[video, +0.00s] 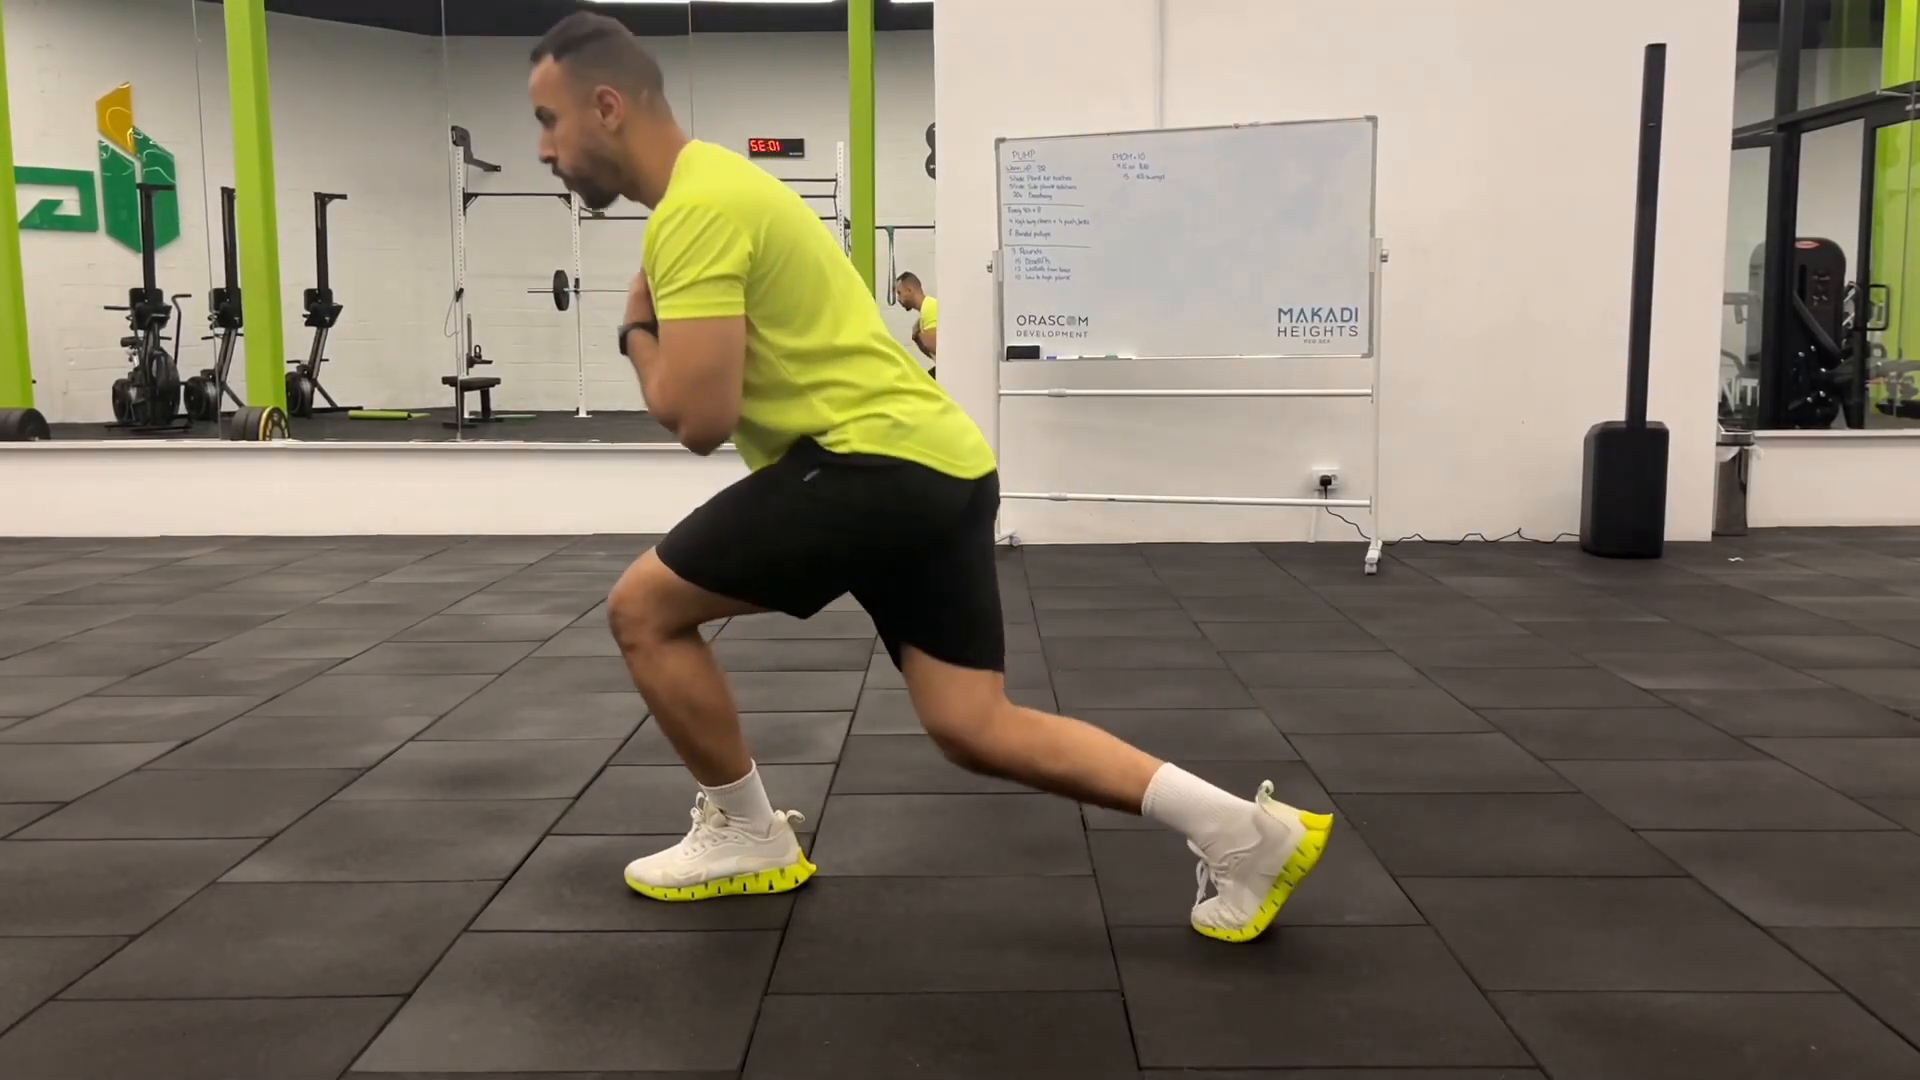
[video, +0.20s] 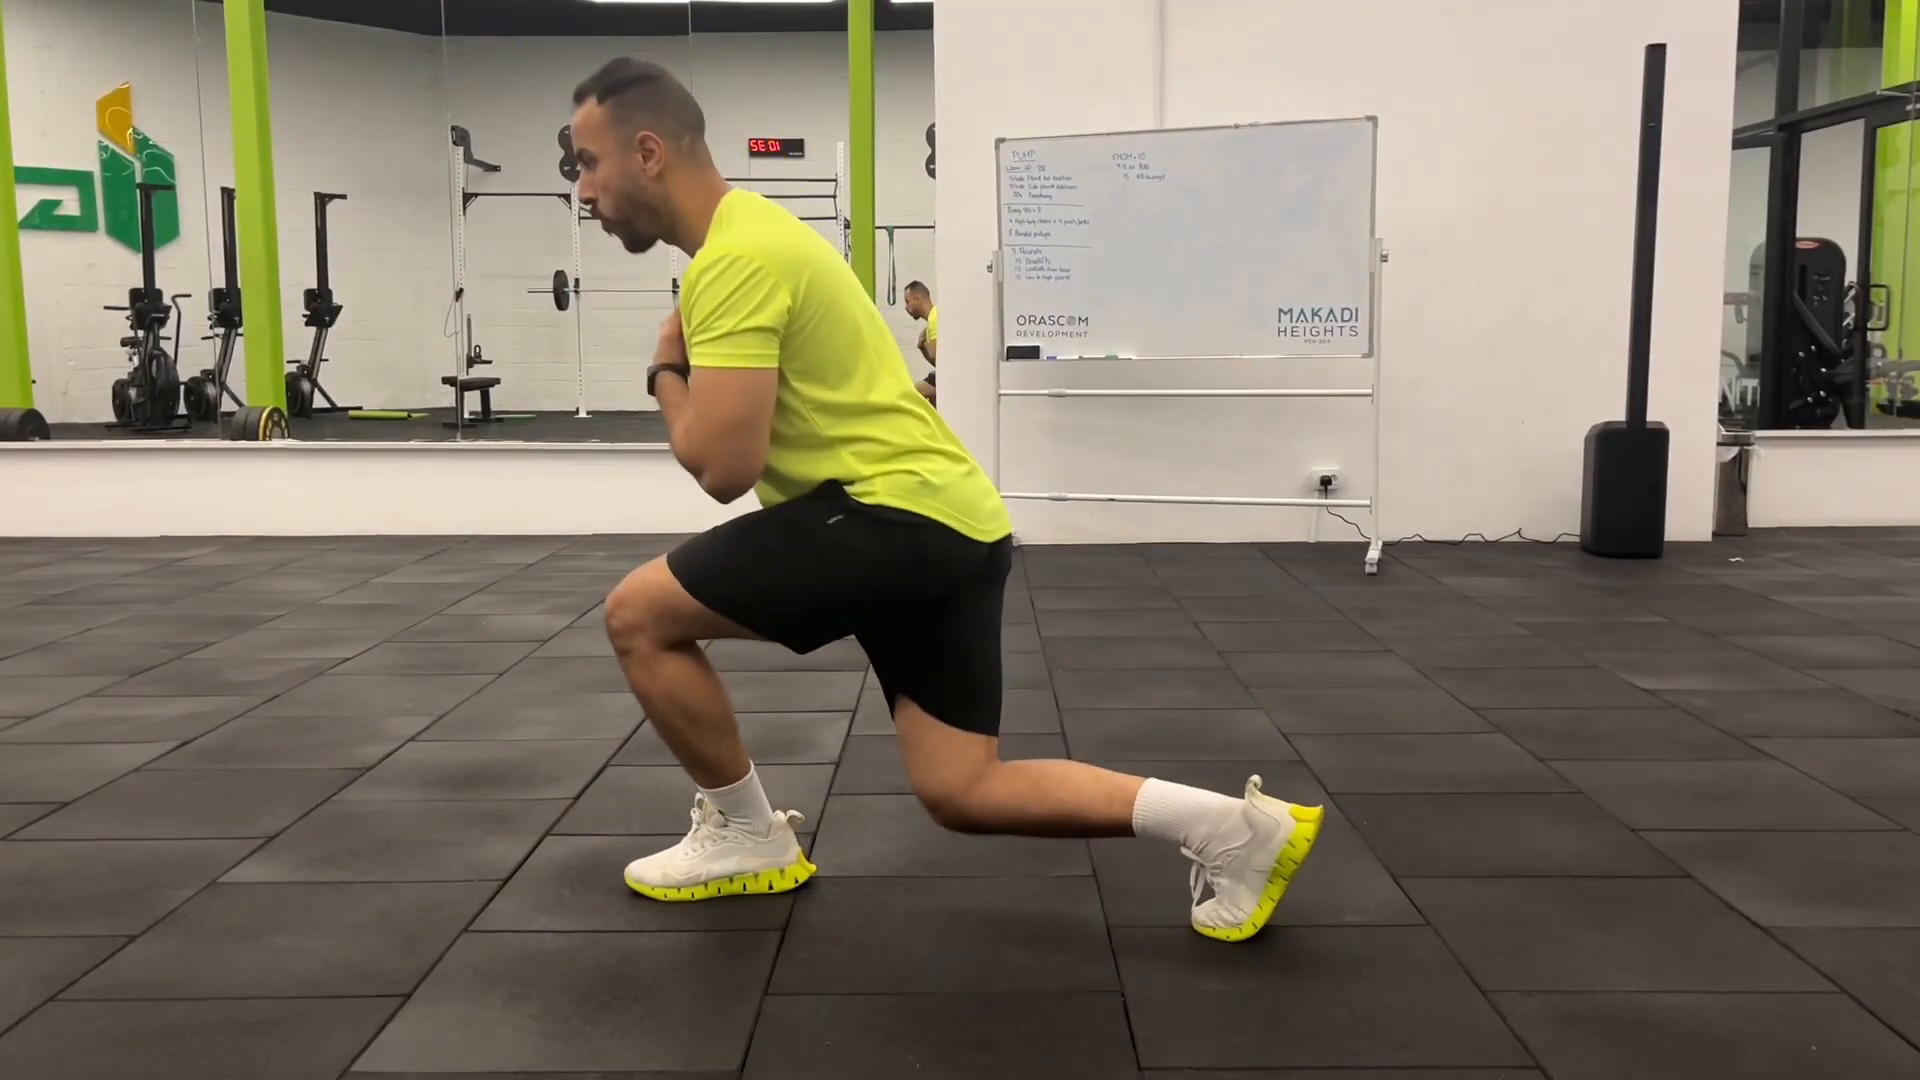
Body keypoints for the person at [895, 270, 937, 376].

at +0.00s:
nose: (898, 299)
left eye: (899, 293)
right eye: (897, 294)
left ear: (910, 290)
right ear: (909, 291)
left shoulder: (930, 306)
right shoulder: (924, 311)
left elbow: (932, 344)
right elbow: (931, 354)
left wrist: (918, 334)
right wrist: (916, 338)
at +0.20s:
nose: (906, 308)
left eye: (907, 302)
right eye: (905, 302)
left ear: (917, 300)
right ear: (918, 300)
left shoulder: (935, 318)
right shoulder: (932, 319)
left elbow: (934, 355)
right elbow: (935, 361)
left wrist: (925, 343)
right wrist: (922, 348)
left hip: (945, 375)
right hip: (941, 374)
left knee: (913, 394)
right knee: (914, 394)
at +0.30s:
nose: (909, 309)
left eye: (910, 304)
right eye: (908, 304)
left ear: (922, 301)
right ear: (922, 301)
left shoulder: (938, 324)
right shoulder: (934, 324)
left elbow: (940, 364)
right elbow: (936, 364)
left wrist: (927, 347)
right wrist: (924, 350)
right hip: (939, 379)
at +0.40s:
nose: (911, 311)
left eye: (913, 305)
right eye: (911, 306)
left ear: (924, 303)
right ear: (925, 303)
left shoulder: (939, 330)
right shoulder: (936, 328)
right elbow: (938, 368)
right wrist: (927, 351)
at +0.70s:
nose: (916, 312)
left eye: (918, 306)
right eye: (916, 307)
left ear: (929, 305)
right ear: (929, 305)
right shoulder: (935, 337)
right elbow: (939, 369)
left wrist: (934, 351)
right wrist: (929, 353)